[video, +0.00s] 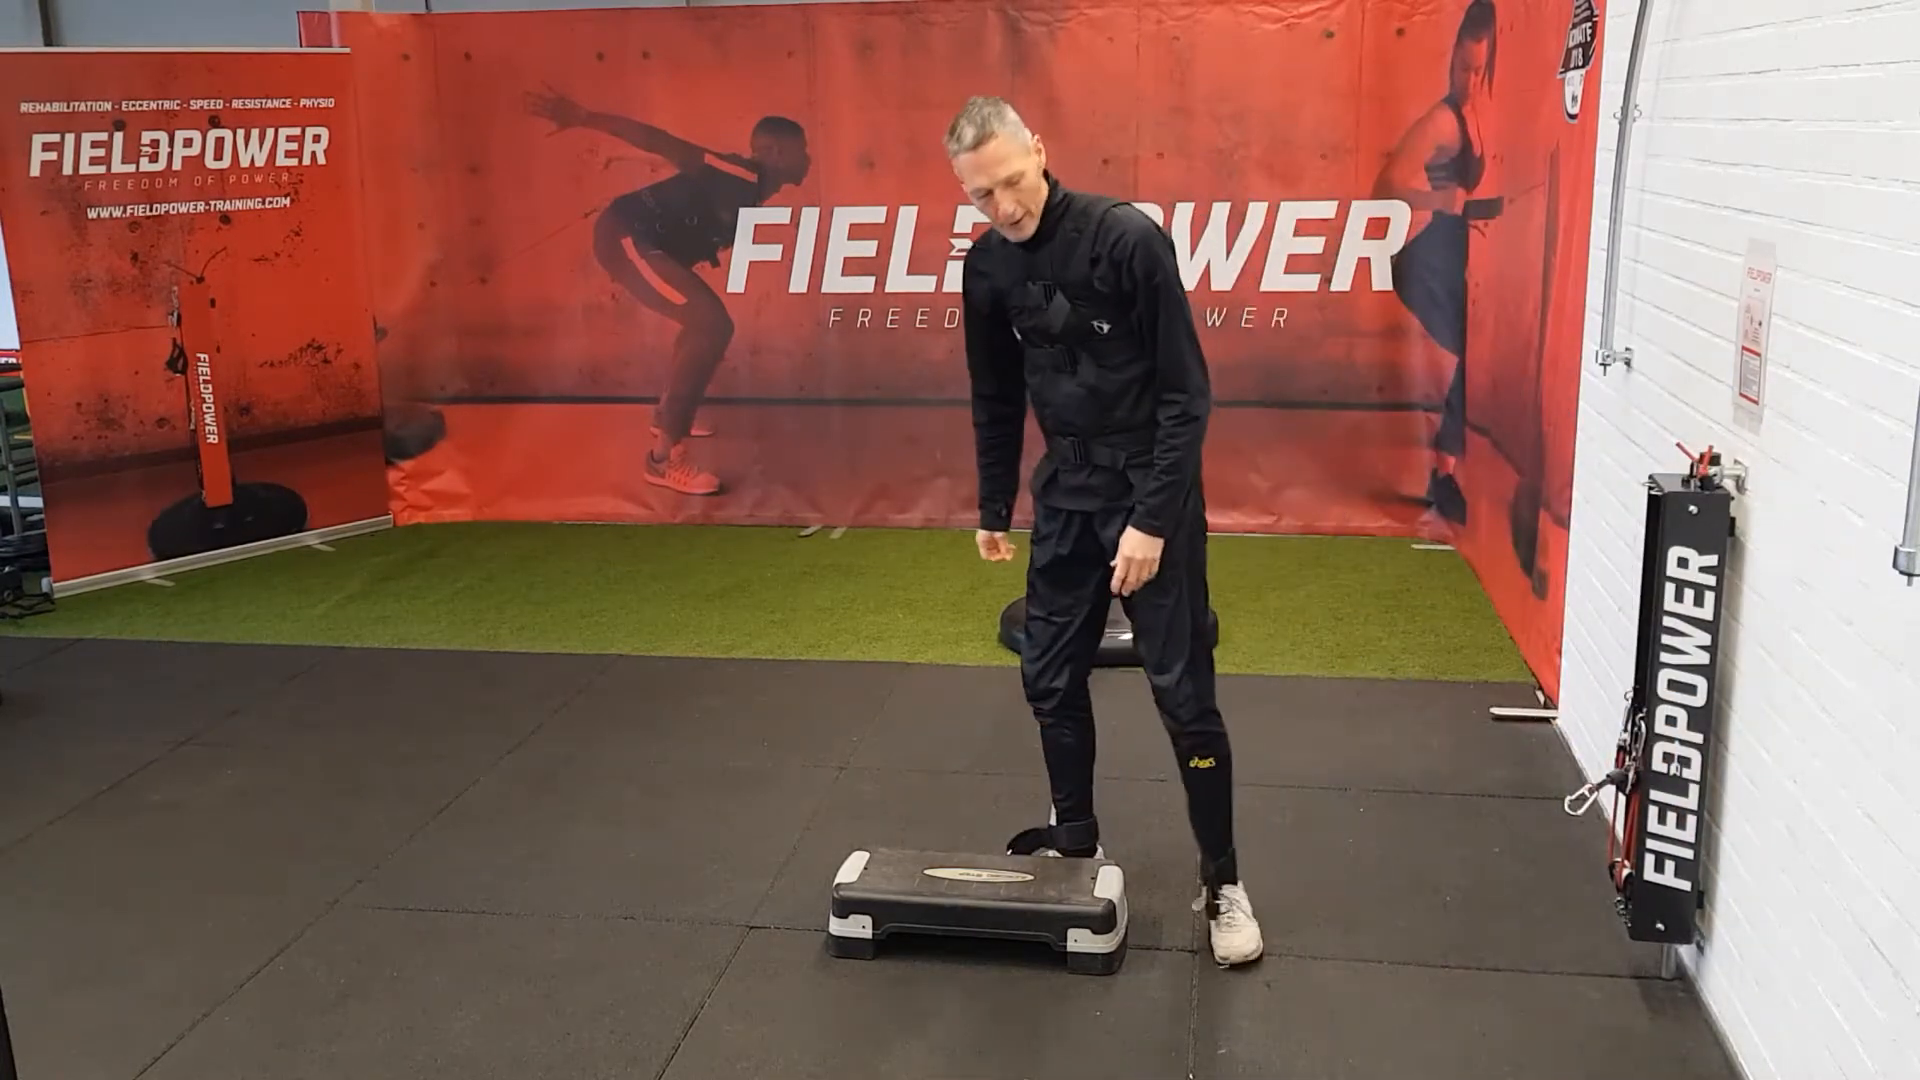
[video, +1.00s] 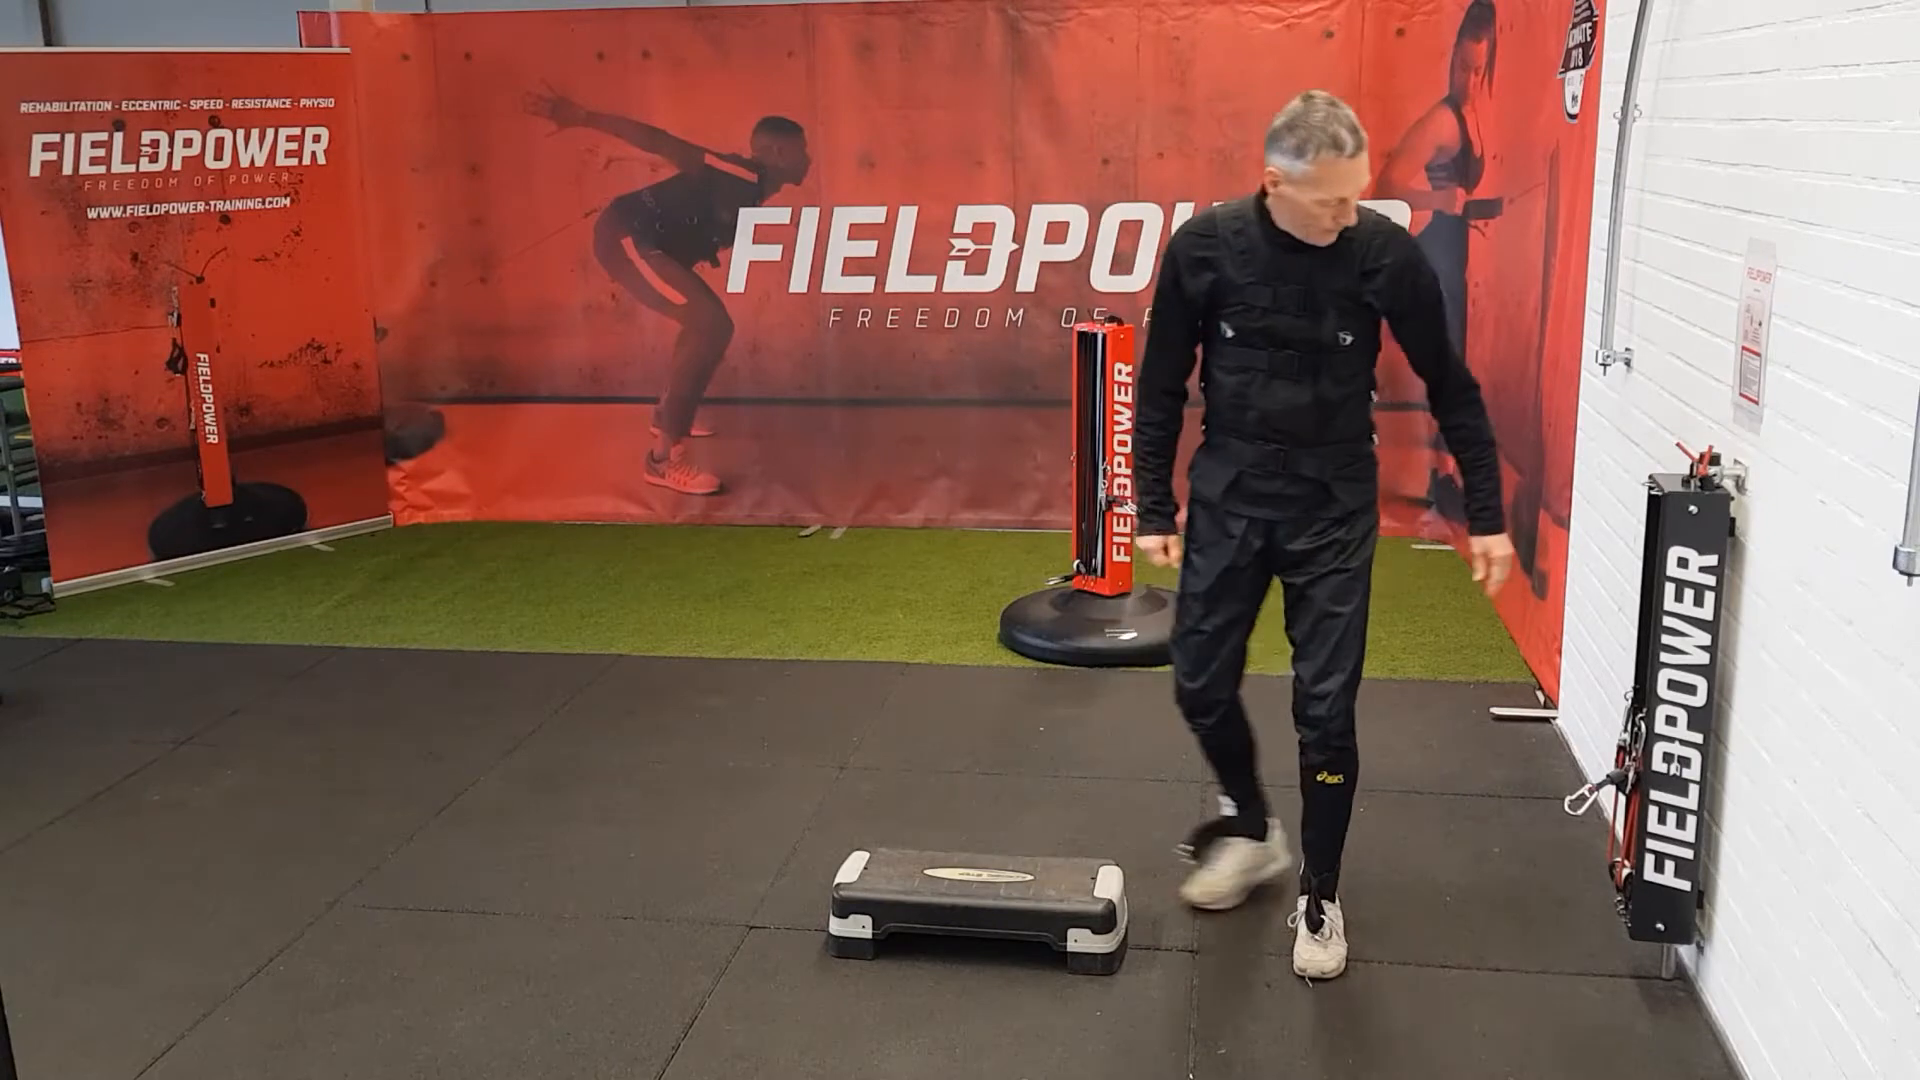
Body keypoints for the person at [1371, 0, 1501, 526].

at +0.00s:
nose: (1471, 75)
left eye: (1479, 66)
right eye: (1465, 63)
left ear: (1488, 68)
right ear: (1451, 62)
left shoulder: (1468, 121)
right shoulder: (1443, 120)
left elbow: (1440, 192)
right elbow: (1392, 180)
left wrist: (1477, 207)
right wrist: (1445, 199)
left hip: (1446, 253)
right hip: (1426, 255)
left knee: (1449, 363)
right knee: (1439, 364)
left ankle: (1444, 472)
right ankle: (1433, 476)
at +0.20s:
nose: (1472, 74)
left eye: (1479, 64)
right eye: (1466, 62)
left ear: (1487, 66)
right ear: (1452, 60)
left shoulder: (1468, 122)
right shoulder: (1442, 120)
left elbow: (1441, 193)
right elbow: (1392, 180)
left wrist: (1480, 207)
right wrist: (1445, 199)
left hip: (1446, 254)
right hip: (1426, 255)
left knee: (1449, 364)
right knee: (1439, 365)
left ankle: (1444, 472)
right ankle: (1435, 477)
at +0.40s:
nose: (1472, 74)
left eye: (1479, 65)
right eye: (1466, 62)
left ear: (1488, 66)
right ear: (1452, 61)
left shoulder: (1469, 122)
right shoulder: (1443, 120)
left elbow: (1443, 193)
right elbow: (1391, 180)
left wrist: (1481, 206)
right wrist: (1445, 199)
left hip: (1446, 255)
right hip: (1426, 257)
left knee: (1451, 364)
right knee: (1441, 364)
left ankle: (1445, 472)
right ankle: (1437, 476)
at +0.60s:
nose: (1471, 74)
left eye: (1478, 64)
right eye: (1465, 62)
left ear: (1488, 65)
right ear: (1451, 60)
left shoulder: (1472, 121)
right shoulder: (1443, 120)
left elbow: (1446, 193)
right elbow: (1391, 180)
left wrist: (1484, 205)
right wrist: (1443, 198)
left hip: (1448, 256)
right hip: (1426, 258)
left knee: (1455, 363)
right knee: (1444, 364)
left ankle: (1446, 470)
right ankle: (1438, 474)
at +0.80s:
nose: (1470, 75)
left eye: (1478, 65)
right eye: (1465, 62)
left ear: (1489, 66)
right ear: (1452, 58)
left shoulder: (1471, 120)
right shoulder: (1444, 120)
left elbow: (1444, 190)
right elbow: (1392, 182)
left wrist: (1483, 205)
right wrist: (1444, 199)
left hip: (1447, 257)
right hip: (1425, 259)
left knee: (1448, 368)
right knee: (1438, 370)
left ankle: (1442, 471)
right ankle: (1433, 475)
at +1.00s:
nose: (1475, 72)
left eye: (1481, 61)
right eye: (1469, 60)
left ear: (1486, 62)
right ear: (1456, 58)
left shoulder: (1470, 118)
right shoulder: (1444, 119)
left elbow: (1455, 187)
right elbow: (1394, 177)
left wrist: (1479, 205)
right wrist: (1443, 199)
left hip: (1452, 241)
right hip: (1435, 242)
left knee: (1449, 355)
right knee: (1441, 355)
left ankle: (1449, 464)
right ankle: (1437, 471)